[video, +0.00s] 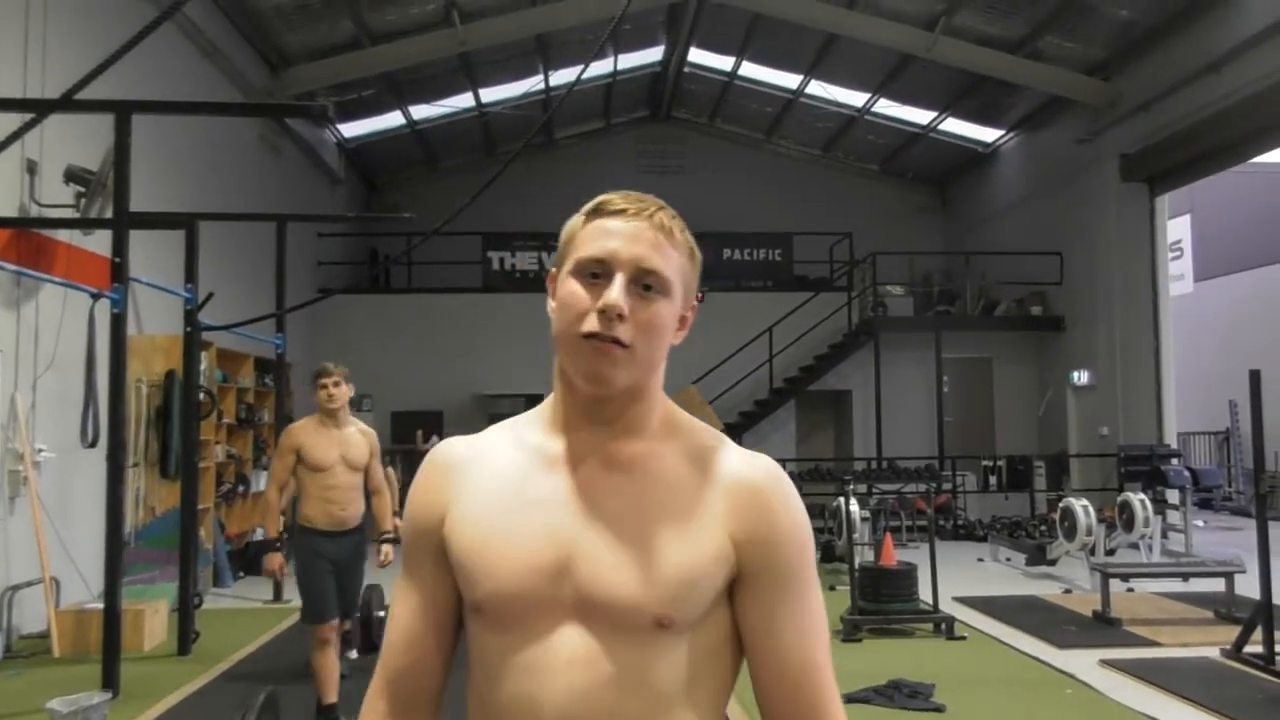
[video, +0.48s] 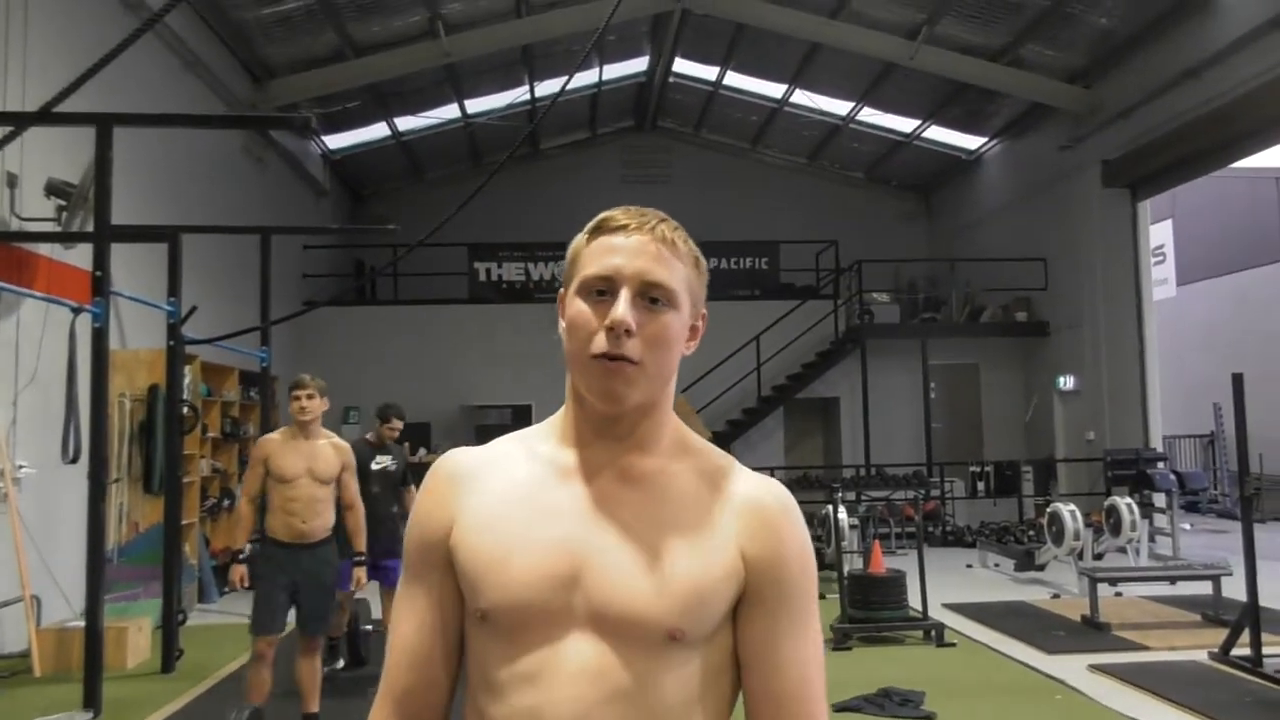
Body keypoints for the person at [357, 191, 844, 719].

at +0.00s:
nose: (612, 302)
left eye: (646, 287)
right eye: (592, 274)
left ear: (682, 323)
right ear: (553, 294)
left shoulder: (750, 494)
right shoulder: (455, 475)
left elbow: (808, 711)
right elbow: (397, 703)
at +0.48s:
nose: (619, 319)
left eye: (653, 300)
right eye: (598, 292)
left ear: (693, 332)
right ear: (562, 314)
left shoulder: (757, 515)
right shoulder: (460, 485)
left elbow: (795, 713)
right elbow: (401, 710)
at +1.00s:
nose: (578, 333)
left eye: (612, 313)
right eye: (558, 307)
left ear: (659, 343)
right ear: (528, 326)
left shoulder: (729, 525)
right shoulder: (435, 507)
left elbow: (769, 713)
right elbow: (383, 714)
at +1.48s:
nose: (573, 351)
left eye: (608, 331)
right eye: (554, 323)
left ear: (650, 360)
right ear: (519, 337)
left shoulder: (720, 535)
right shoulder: (427, 526)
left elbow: (765, 710)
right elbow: (387, 713)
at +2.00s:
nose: (591, 360)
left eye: (625, 342)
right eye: (571, 330)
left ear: (659, 379)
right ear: (533, 348)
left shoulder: (727, 547)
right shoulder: (428, 532)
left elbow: (775, 714)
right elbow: (379, 715)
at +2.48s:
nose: (587, 369)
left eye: (620, 351)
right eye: (567, 340)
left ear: (653, 389)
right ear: (524, 360)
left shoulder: (721, 561)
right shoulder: (417, 543)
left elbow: (761, 708)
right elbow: (372, 710)